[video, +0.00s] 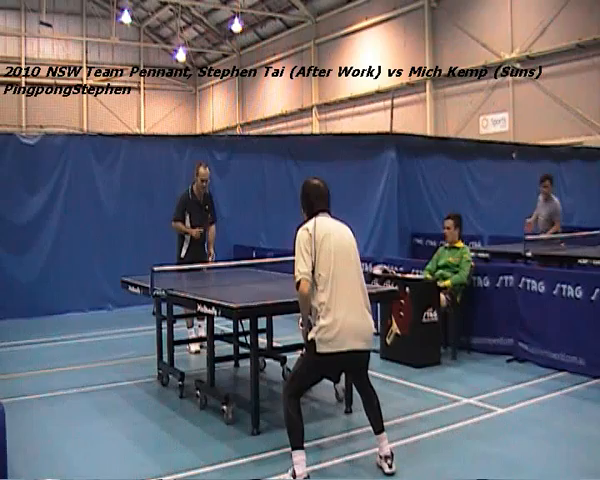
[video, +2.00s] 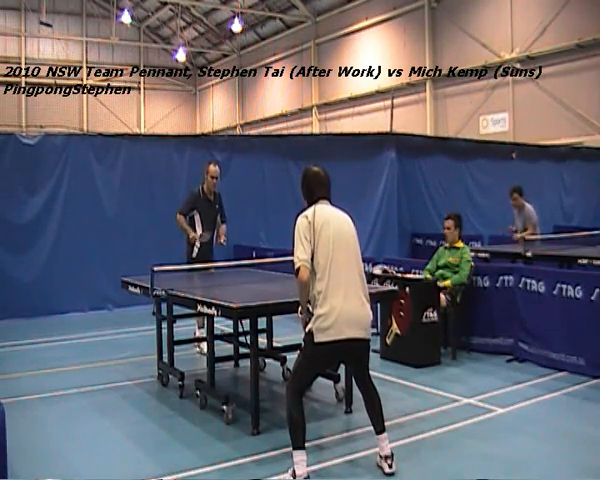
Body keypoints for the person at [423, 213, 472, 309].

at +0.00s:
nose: (445, 232)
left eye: (448, 228)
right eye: (444, 228)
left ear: (457, 230)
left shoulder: (464, 251)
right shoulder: (442, 249)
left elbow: (463, 276)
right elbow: (429, 268)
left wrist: (445, 283)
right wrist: (429, 277)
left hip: (452, 286)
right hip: (435, 282)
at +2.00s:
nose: (445, 232)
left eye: (448, 229)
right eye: (444, 229)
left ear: (457, 230)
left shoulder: (464, 251)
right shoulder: (442, 249)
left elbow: (463, 276)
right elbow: (429, 267)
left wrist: (445, 283)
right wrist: (428, 277)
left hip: (453, 284)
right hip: (436, 281)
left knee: (442, 298)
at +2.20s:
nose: (445, 232)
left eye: (448, 229)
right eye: (444, 229)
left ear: (457, 230)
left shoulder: (464, 251)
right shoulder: (442, 249)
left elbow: (463, 276)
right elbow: (429, 268)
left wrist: (446, 283)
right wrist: (428, 277)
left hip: (453, 283)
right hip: (437, 280)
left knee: (444, 297)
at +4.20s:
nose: (445, 232)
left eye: (448, 229)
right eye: (444, 228)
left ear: (457, 231)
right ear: (443, 229)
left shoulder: (464, 251)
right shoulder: (441, 249)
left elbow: (463, 275)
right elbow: (429, 268)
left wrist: (446, 283)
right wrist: (427, 276)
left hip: (453, 284)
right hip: (435, 282)